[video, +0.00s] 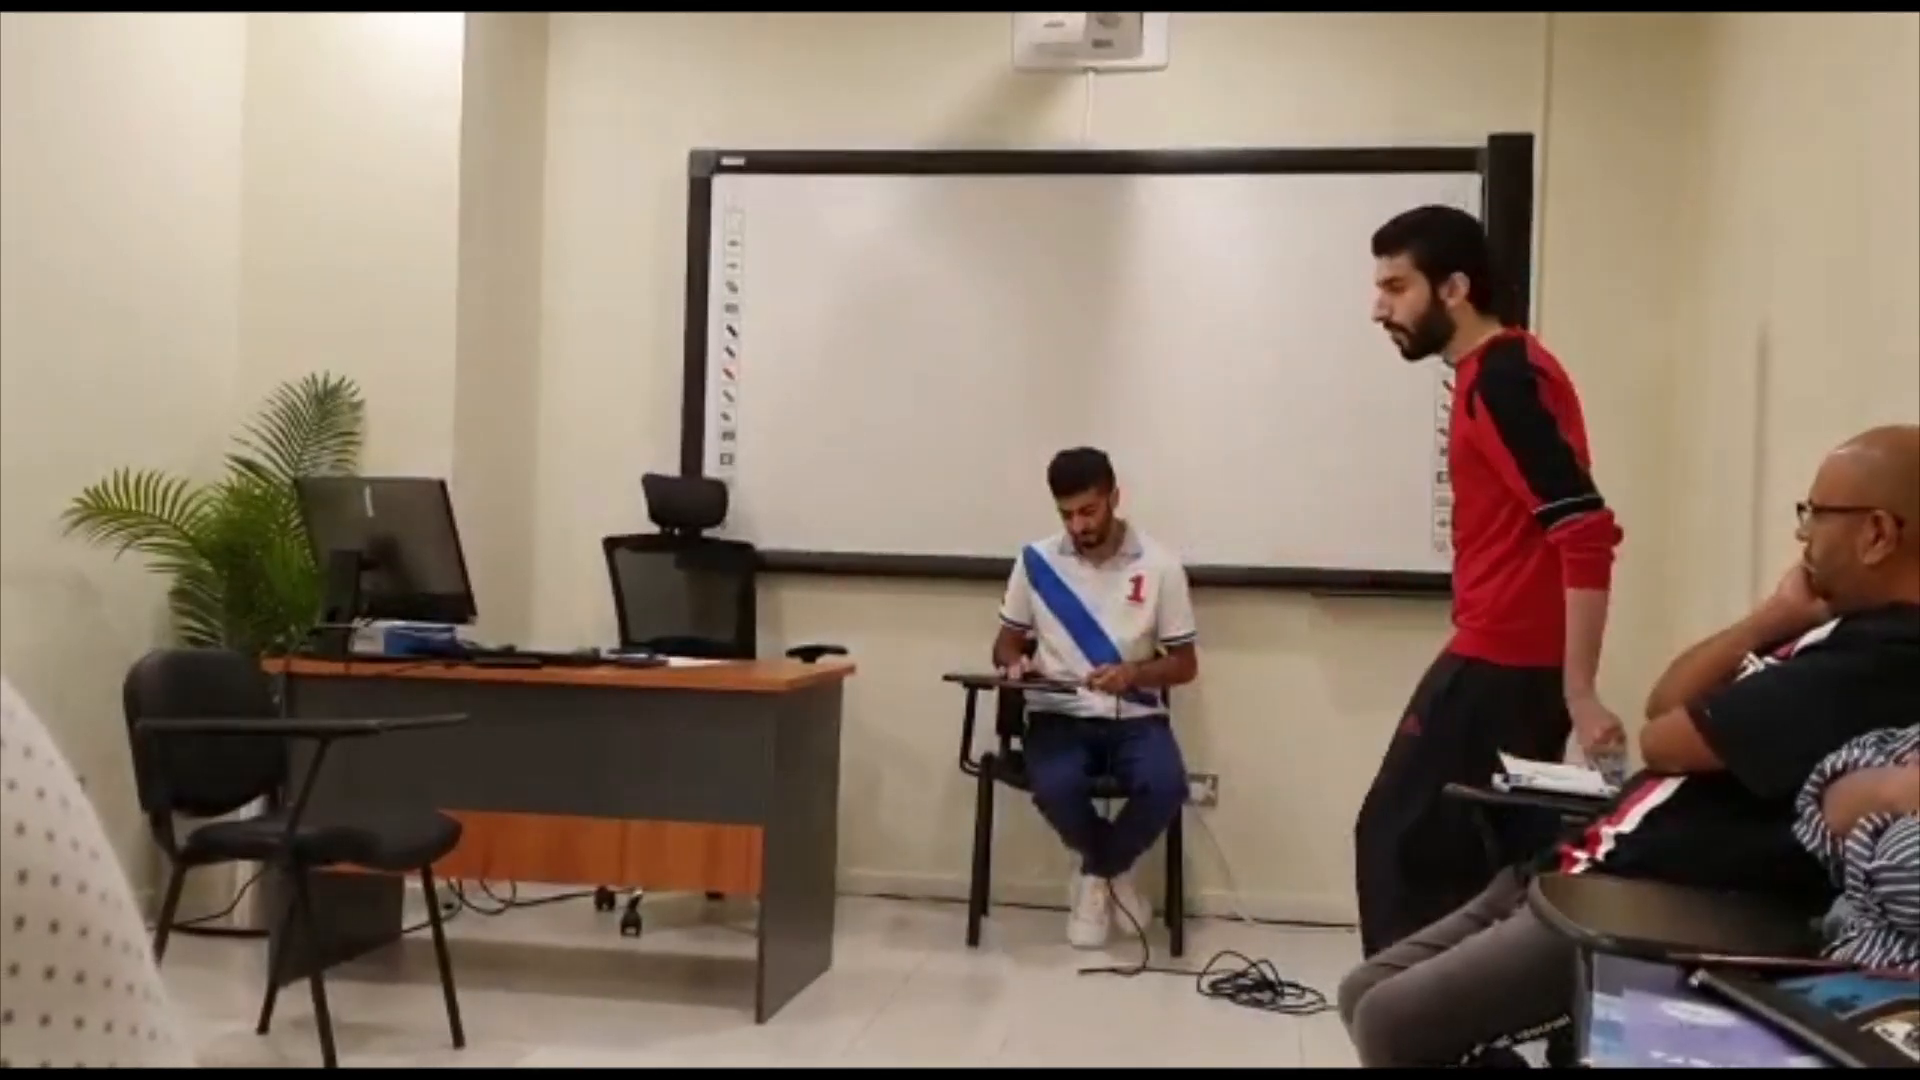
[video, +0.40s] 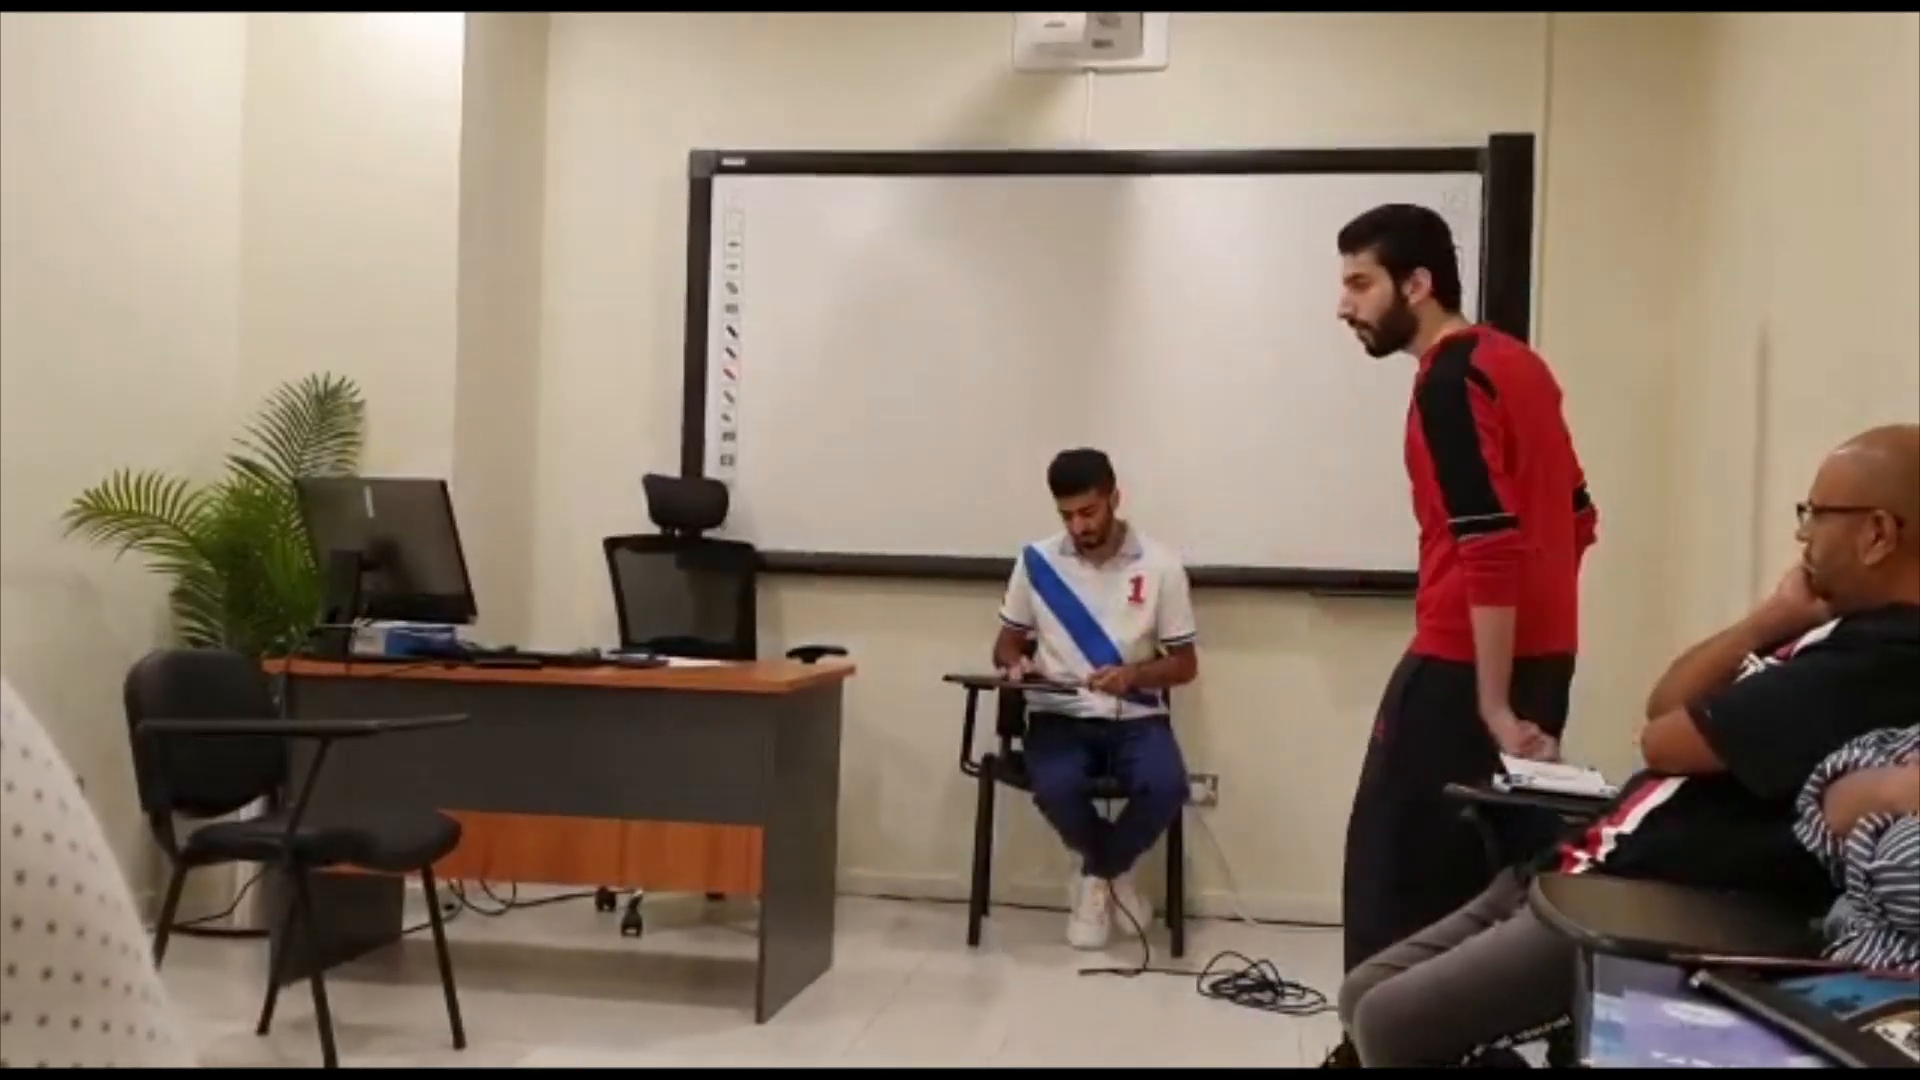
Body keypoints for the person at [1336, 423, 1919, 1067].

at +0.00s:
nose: (1800, 538)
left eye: (1813, 517)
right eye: (1804, 516)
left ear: (1880, 534)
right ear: (1880, 534)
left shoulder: (1882, 654)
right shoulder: (1854, 629)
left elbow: (1664, 745)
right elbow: (1665, 703)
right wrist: (1779, 614)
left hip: (1638, 907)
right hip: (1589, 866)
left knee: (1389, 1024)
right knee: (1364, 990)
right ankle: (1488, 1062)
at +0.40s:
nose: (1800, 537)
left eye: (1813, 517)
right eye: (1804, 516)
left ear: (1880, 534)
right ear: (1880, 535)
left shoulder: (1882, 654)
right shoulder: (1856, 630)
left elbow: (1667, 745)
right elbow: (1665, 705)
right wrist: (1781, 614)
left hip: (1635, 909)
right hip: (1585, 866)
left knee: (1387, 1023)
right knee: (1366, 989)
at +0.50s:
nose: (1800, 536)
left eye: (1813, 516)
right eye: (1805, 515)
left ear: (1880, 535)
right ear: (1880, 535)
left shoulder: (1880, 655)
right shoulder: (1857, 630)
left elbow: (1667, 744)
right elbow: (1666, 706)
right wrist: (1781, 614)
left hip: (1631, 910)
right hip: (1582, 867)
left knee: (1388, 1023)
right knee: (1367, 991)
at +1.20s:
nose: (1799, 535)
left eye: (1811, 516)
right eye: (1803, 515)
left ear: (1878, 534)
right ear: (1879, 534)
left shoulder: (1879, 654)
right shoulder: (1853, 628)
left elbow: (1664, 743)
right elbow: (1663, 702)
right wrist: (1780, 612)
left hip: (1626, 909)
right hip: (1578, 866)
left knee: (1385, 1023)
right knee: (1362, 990)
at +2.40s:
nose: (1804, 536)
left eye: (1814, 515)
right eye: (1807, 515)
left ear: (1880, 531)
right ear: (1881, 531)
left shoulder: (1884, 652)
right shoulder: (1859, 631)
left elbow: (1667, 739)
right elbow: (1666, 703)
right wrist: (1784, 610)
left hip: (1628, 911)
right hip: (1580, 867)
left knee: (1390, 1023)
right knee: (1365, 988)